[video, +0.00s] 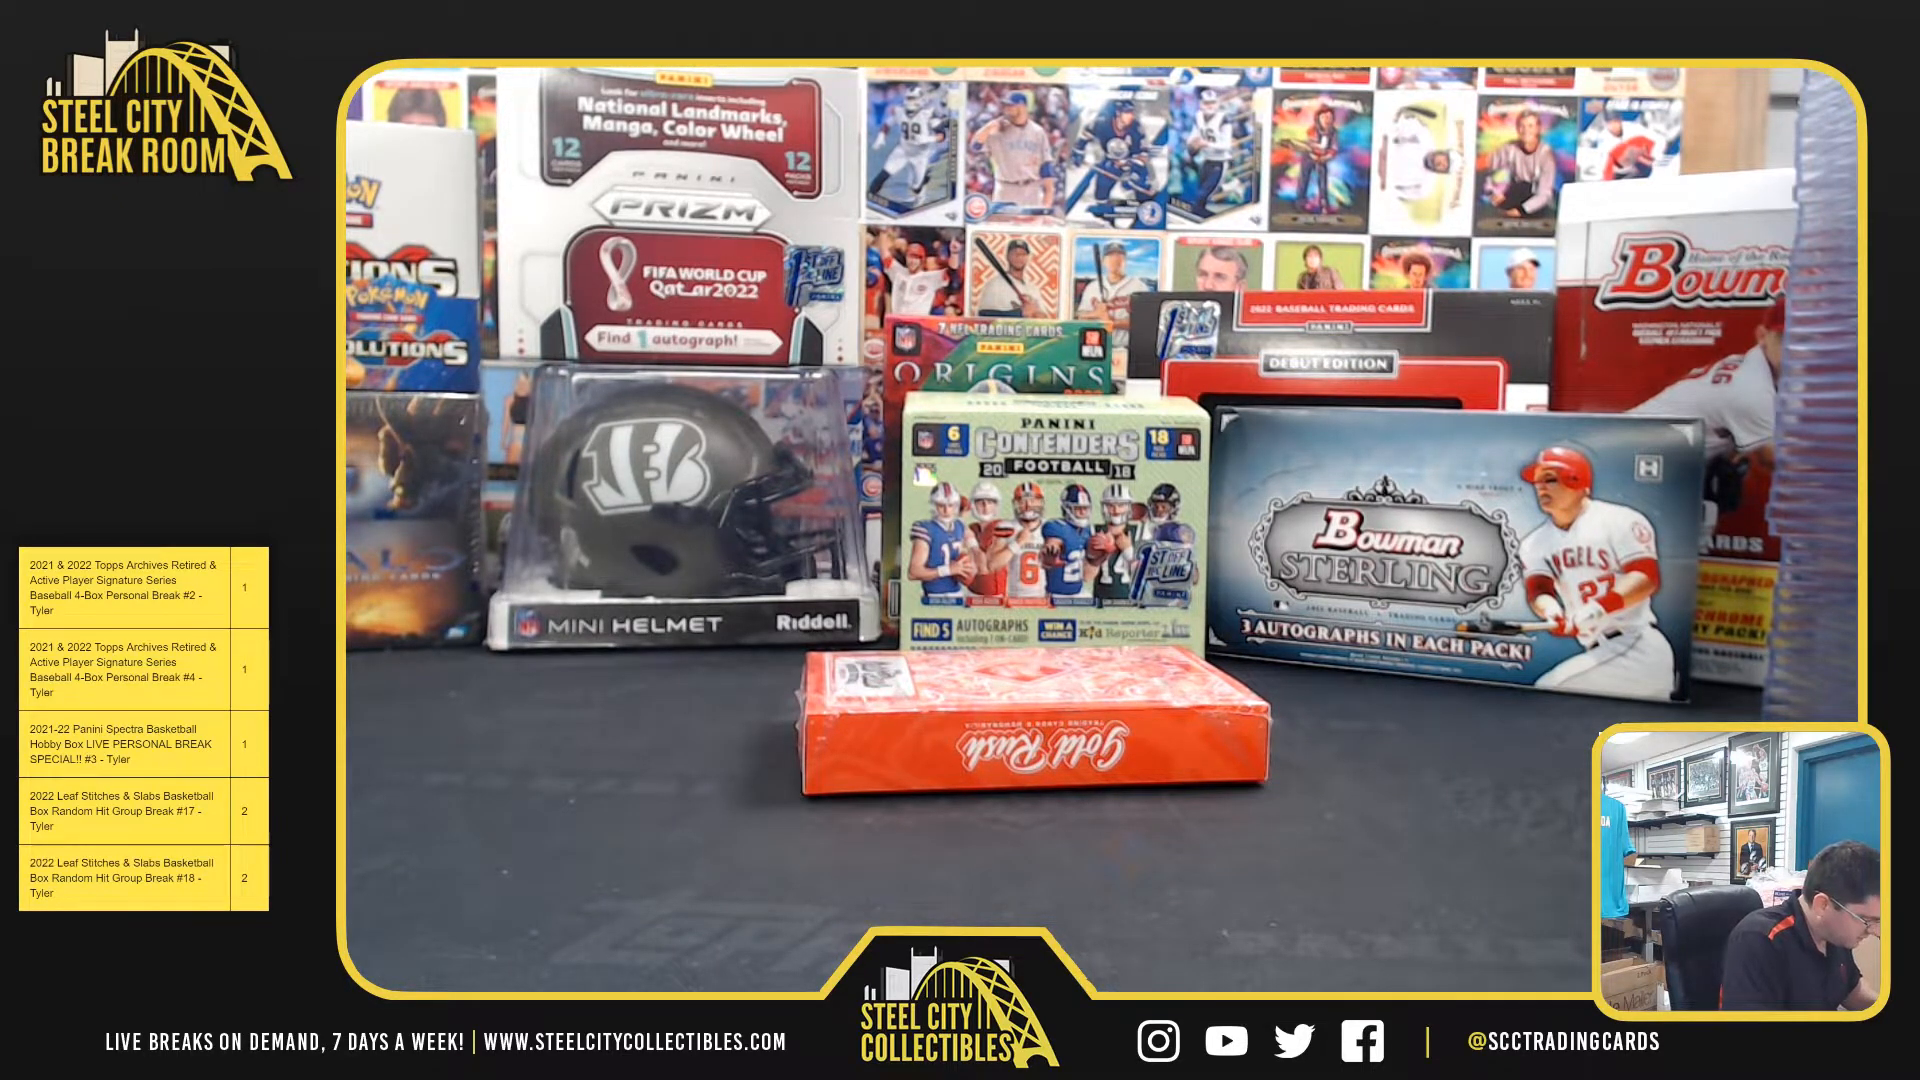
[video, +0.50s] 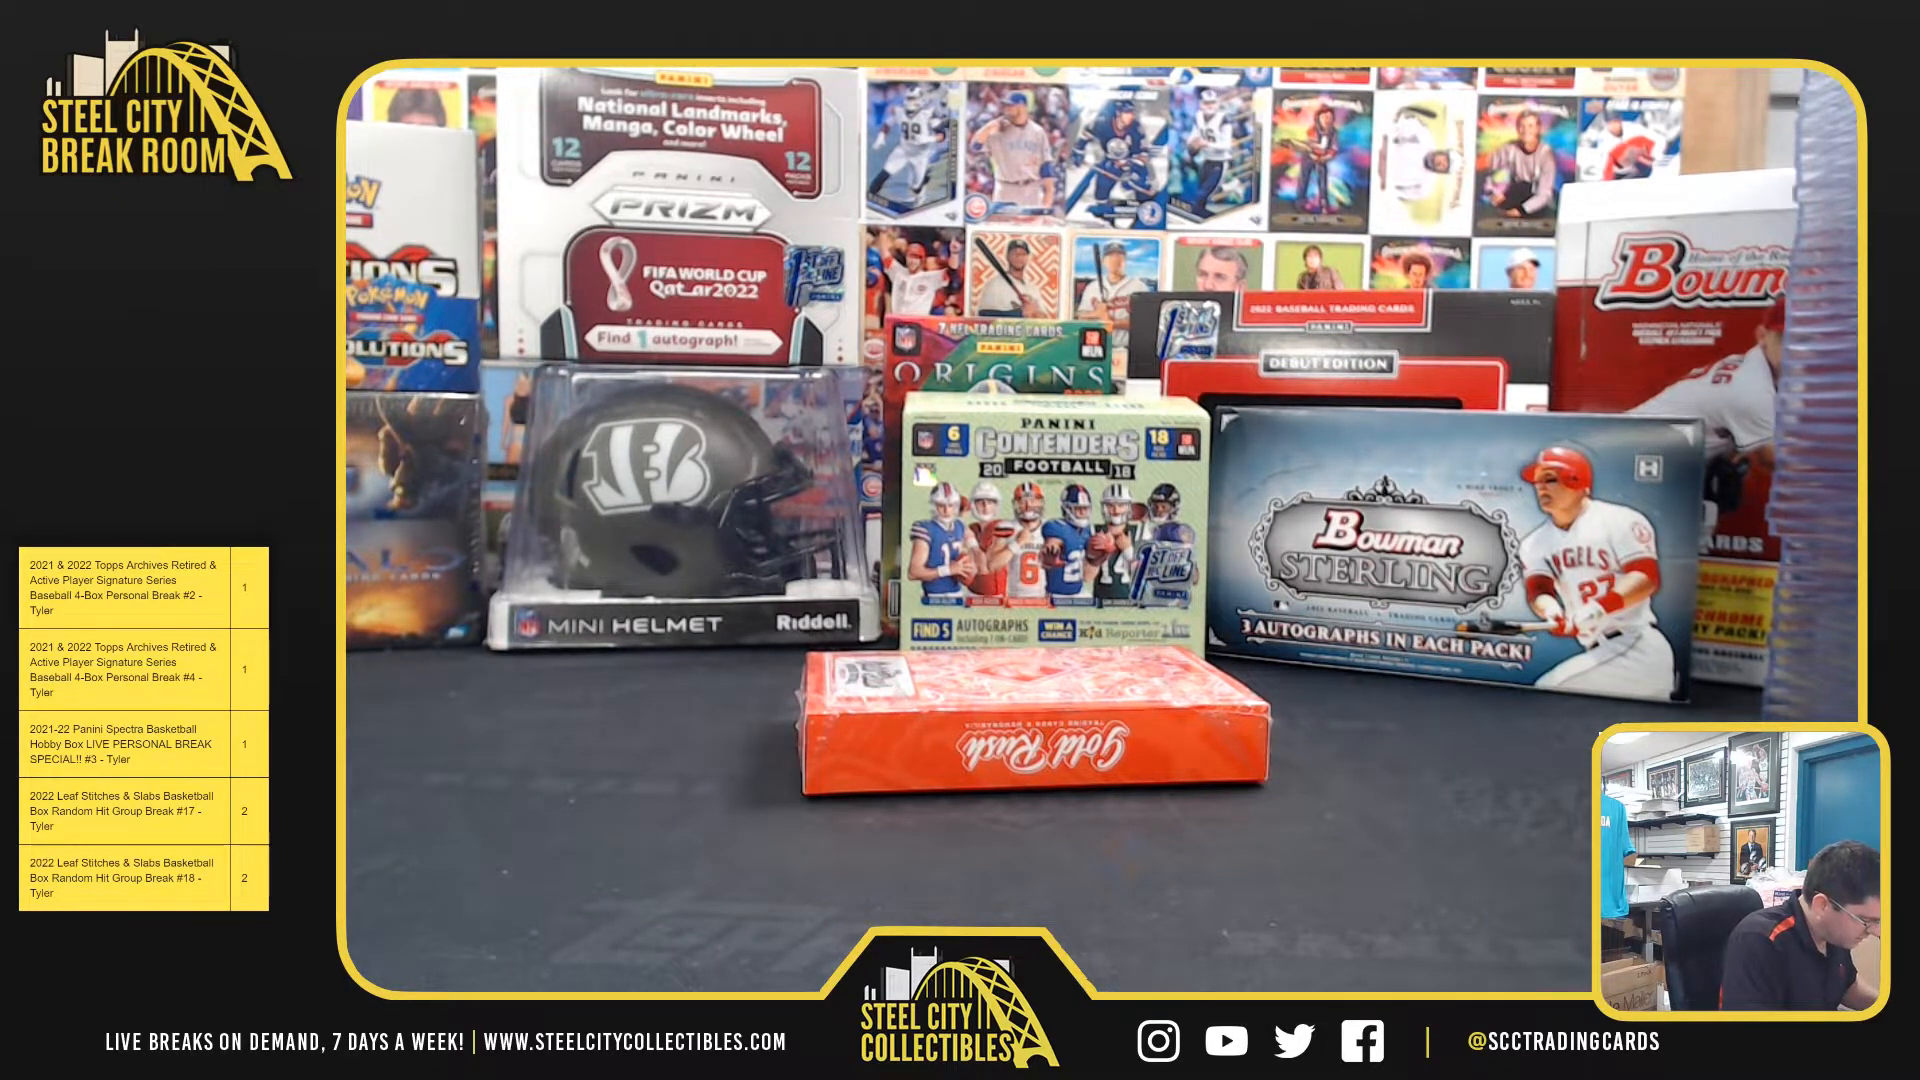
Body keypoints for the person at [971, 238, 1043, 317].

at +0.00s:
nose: (1019, 257)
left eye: (1023, 254)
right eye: (1015, 254)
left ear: (1028, 258)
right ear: (1008, 256)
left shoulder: (1033, 288)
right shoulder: (995, 285)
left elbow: (1044, 317)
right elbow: (985, 315)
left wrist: (1033, 310)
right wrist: (1020, 313)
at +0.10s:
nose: (1019, 257)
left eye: (1023, 254)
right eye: (1015, 254)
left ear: (1028, 258)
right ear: (1008, 256)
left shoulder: (1032, 288)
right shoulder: (995, 285)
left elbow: (1044, 317)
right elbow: (985, 315)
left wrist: (1033, 311)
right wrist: (1020, 313)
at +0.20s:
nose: (1020, 257)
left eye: (1023, 254)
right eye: (1016, 254)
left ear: (1028, 258)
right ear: (1008, 256)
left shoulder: (1032, 288)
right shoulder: (995, 285)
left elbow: (1044, 317)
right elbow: (985, 315)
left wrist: (1034, 311)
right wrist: (1020, 313)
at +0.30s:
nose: (1019, 258)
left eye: (1023, 254)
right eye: (1015, 254)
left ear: (1028, 258)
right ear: (1008, 256)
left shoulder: (1033, 288)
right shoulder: (995, 284)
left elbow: (1044, 317)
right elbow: (985, 314)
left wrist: (1033, 310)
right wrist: (1020, 313)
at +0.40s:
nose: (1019, 258)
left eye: (1023, 254)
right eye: (1015, 254)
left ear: (1028, 258)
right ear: (1008, 256)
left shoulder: (1033, 288)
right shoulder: (995, 284)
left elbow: (1044, 317)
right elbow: (985, 314)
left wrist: (1033, 310)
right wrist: (1020, 313)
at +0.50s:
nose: (1019, 258)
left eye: (1023, 254)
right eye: (1015, 254)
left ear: (1028, 258)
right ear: (1008, 256)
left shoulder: (1033, 288)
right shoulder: (995, 284)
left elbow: (1044, 317)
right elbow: (985, 314)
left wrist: (1033, 310)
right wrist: (1020, 313)